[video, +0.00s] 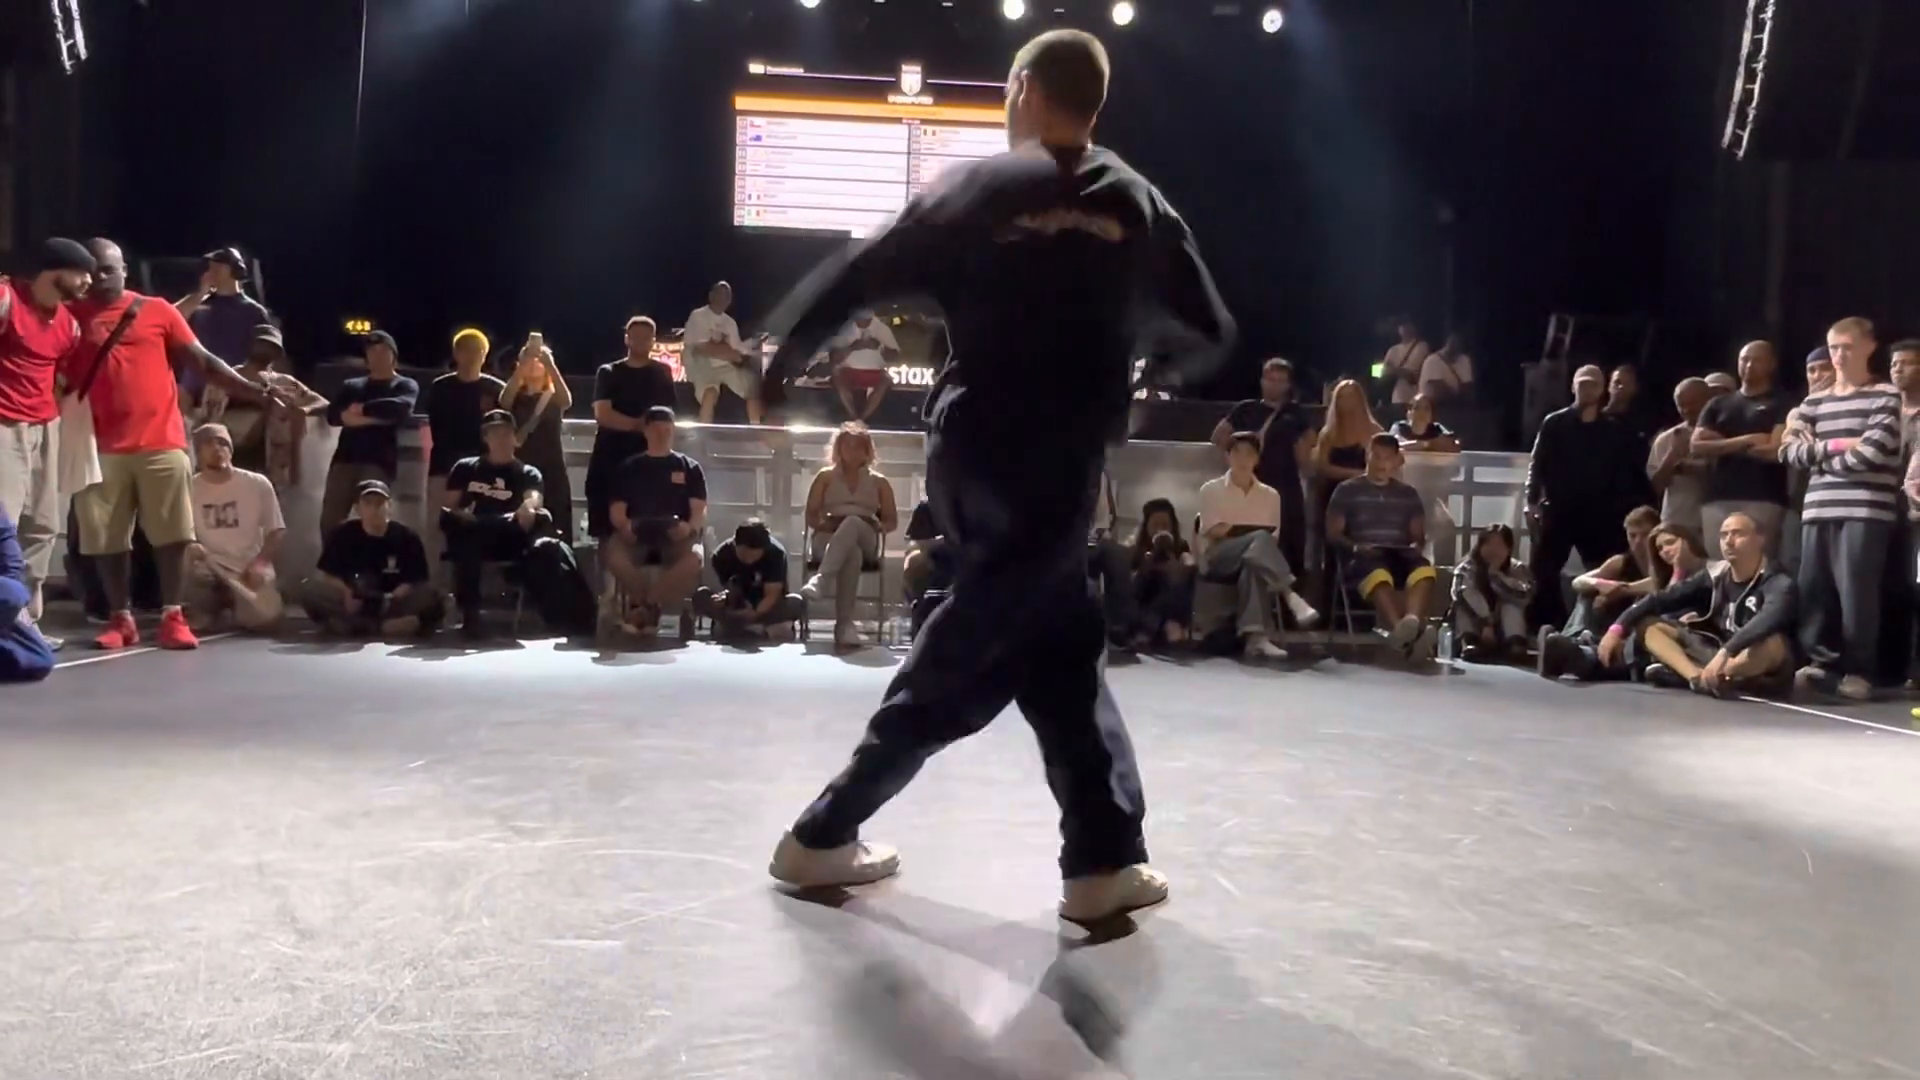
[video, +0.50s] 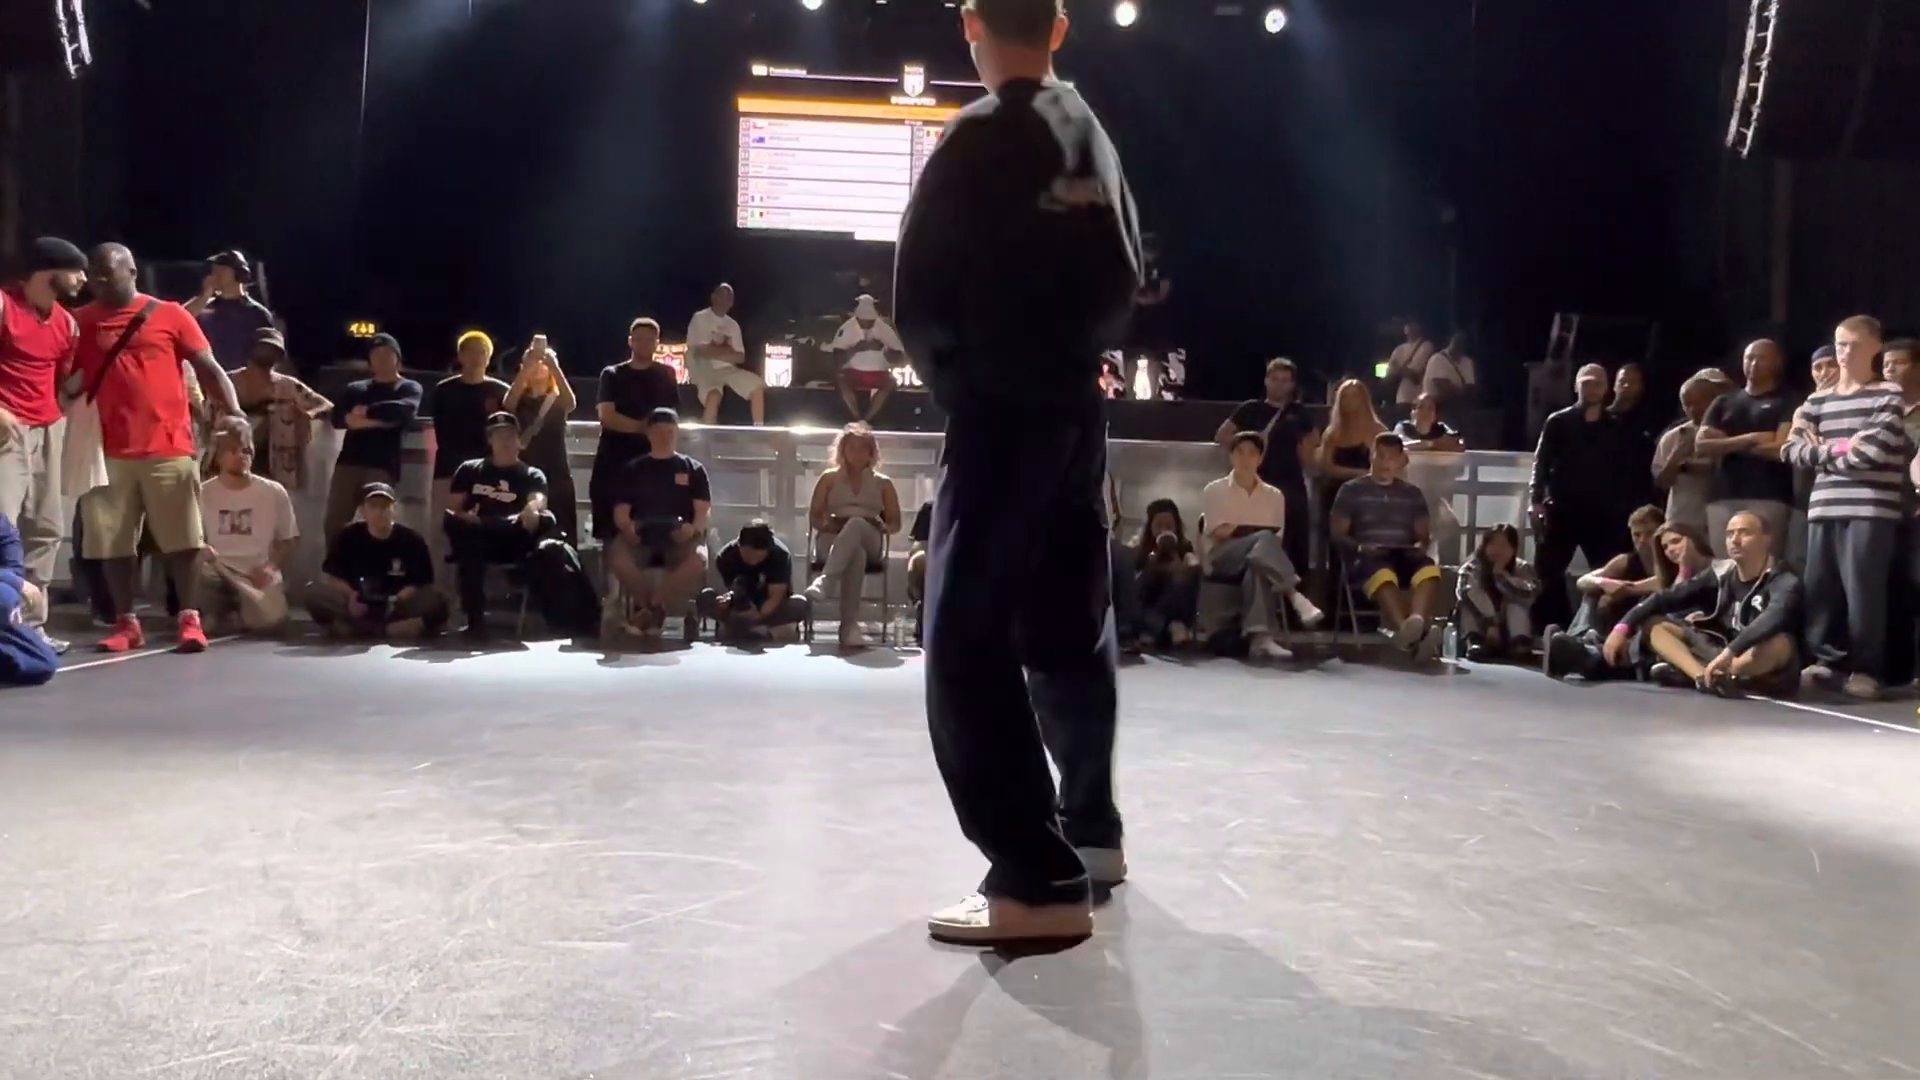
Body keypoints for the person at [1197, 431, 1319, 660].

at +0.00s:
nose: (1243, 459)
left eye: (1249, 454)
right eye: (1238, 453)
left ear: (1256, 459)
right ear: (1229, 457)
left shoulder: (1270, 496)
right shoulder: (1211, 490)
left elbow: (1271, 536)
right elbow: (1214, 532)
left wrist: (1230, 530)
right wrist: (1260, 531)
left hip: (1258, 559)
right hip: (1218, 558)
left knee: (1252, 567)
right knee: (1261, 538)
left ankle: (1256, 637)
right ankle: (1291, 596)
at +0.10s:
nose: (1241, 458)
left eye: (1247, 453)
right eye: (1236, 452)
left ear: (1256, 459)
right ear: (1229, 456)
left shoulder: (1271, 496)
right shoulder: (1211, 490)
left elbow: (1272, 536)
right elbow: (1214, 532)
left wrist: (1230, 530)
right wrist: (1261, 532)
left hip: (1259, 559)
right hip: (1219, 558)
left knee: (1253, 566)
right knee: (1262, 538)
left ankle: (1257, 637)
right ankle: (1292, 596)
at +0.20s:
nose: (1242, 459)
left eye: (1248, 454)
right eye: (1237, 453)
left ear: (1257, 459)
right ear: (1229, 457)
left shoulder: (1272, 496)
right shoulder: (1212, 490)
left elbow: (1273, 536)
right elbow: (1214, 532)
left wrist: (1231, 530)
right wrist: (1260, 532)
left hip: (1260, 559)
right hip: (1220, 558)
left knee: (1254, 566)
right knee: (1263, 538)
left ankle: (1258, 637)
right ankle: (1292, 596)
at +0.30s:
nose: (1243, 459)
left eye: (1249, 454)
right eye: (1238, 453)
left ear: (1258, 459)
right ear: (1230, 457)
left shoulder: (1272, 496)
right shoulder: (1213, 490)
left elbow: (1273, 537)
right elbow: (1215, 533)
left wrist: (1232, 531)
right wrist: (1262, 533)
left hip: (1260, 559)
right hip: (1221, 558)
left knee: (1254, 567)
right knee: (1263, 539)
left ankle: (1258, 637)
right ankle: (1293, 596)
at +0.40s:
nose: (1244, 459)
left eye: (1251, 454)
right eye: (1239, 454)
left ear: (1259, 460)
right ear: (1231, 457)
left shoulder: (1274, 497)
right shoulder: (1214, 491)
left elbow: (1275, 537)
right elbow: (1217, 534)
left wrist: (1233, 531)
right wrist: (1264, 533)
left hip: (1262, 559)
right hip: (1222, 559)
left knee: (1255, 568)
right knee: (1264, 539)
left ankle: (1260, 638)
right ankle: (1295, 597)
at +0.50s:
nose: (1245, 458)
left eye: (1251, 453)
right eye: (1240, 452)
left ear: (1260, 459)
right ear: (1232, 457)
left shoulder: (1274, 496)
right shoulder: (1215, 490)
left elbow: (1276, 537)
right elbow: (1218, 533)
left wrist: (1234, 530)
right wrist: (1263, 532)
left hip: (1262, 559)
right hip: (1222, 558)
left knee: (1256, 567)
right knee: (1264, 539)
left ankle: (1260, 638)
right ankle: (1295, 597)